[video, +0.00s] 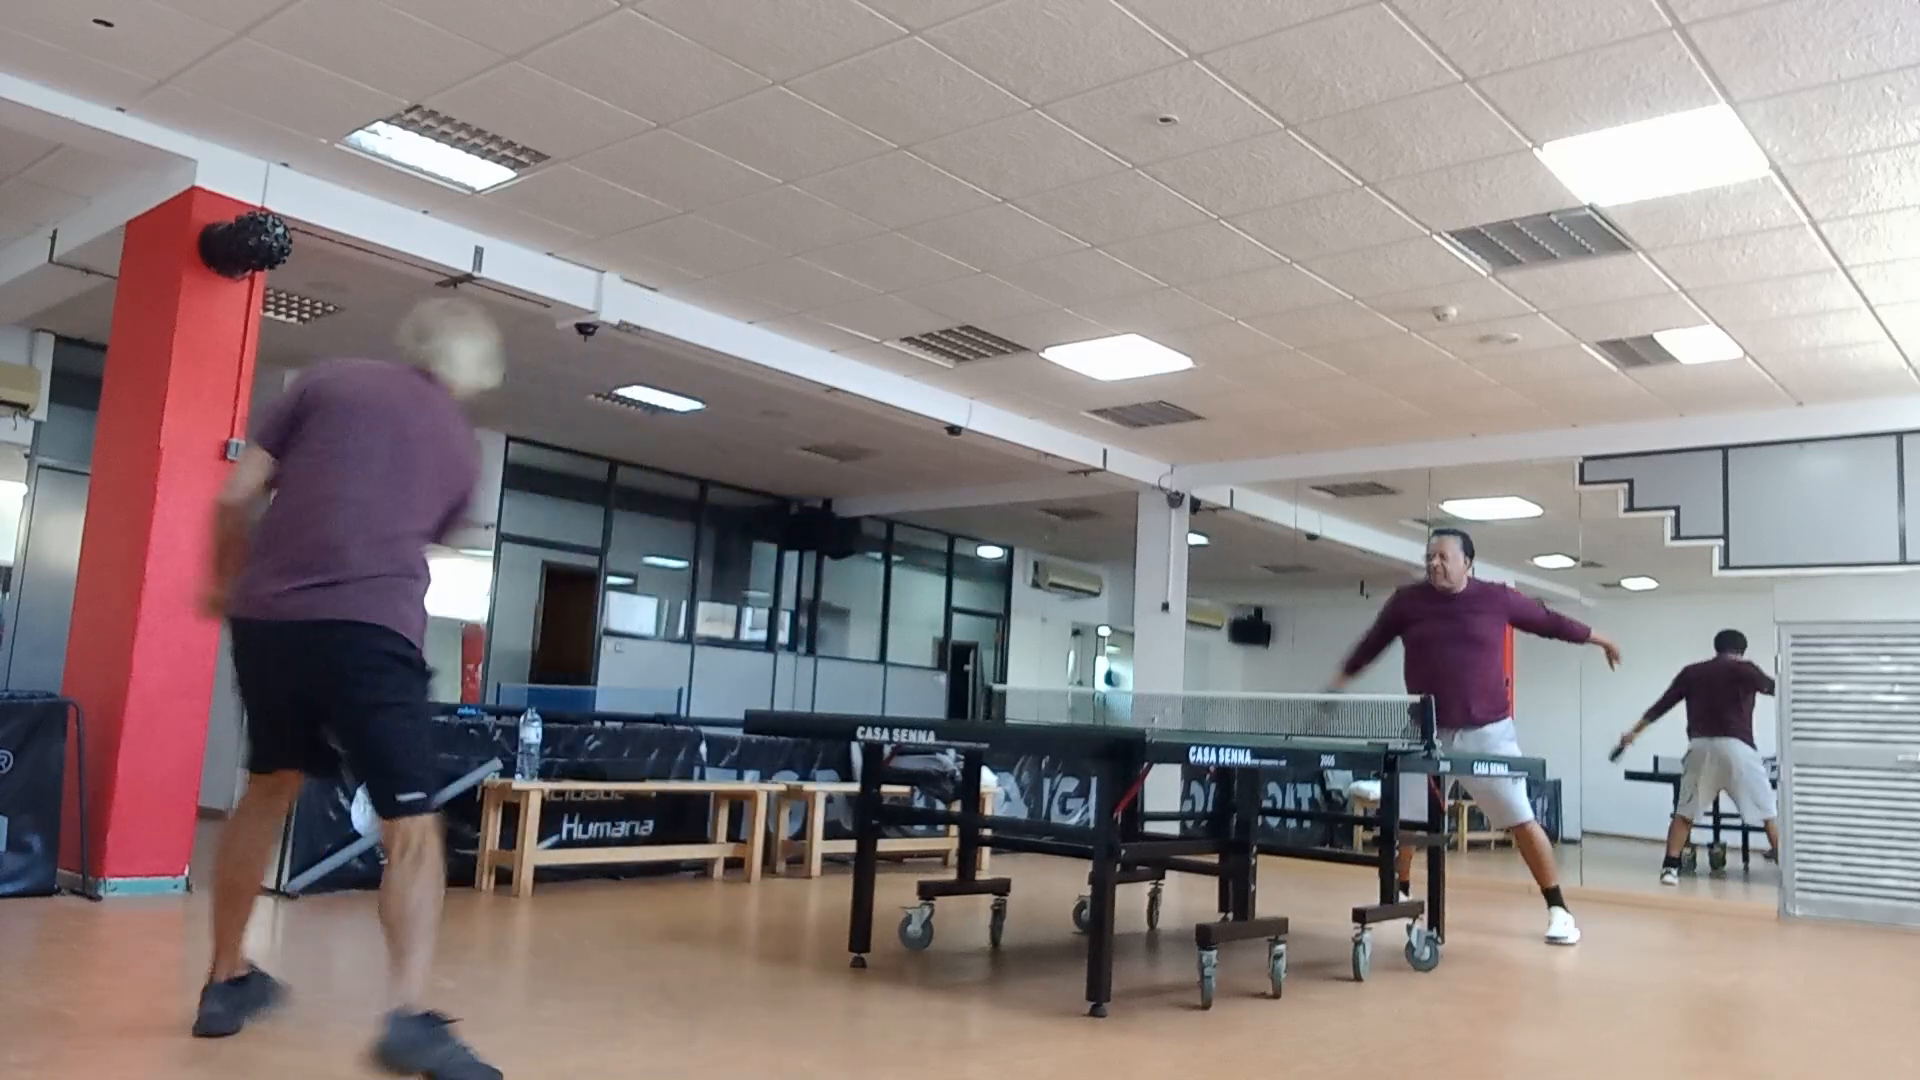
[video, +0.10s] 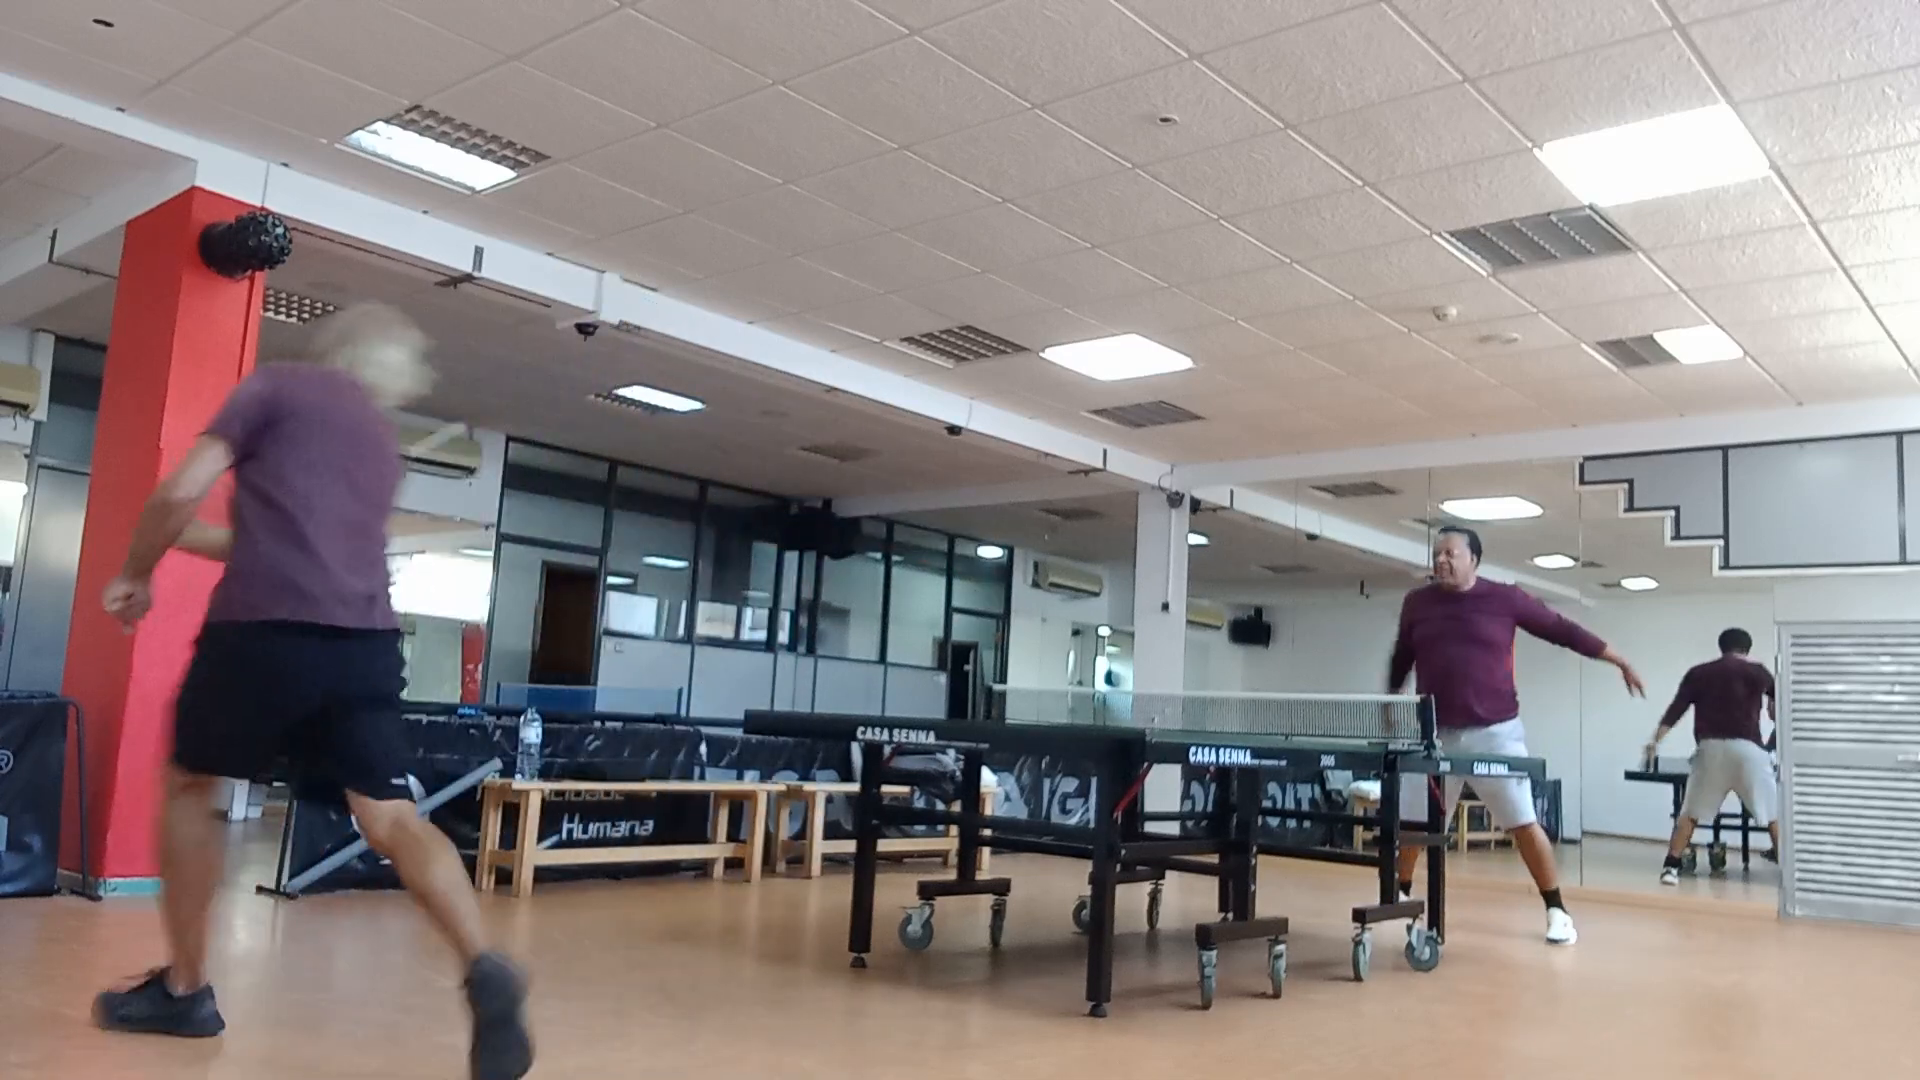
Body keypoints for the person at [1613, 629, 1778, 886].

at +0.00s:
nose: (1743, 657)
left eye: (1741, 655)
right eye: (1743, 654)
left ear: (1716, 649)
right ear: (1741, 652)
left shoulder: (1692, 672)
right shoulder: (1745, 669)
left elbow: (1661, 706)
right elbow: (1776, 689)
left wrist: (1632, 733)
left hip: (1700, 748)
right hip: (1737, 748)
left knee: (1685, 811)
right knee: (1769, 813)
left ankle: (1669, 867)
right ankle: (1788, 868)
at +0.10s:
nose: (1745, 656)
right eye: (1746, 652)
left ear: (1721, 648)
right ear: (1747, 650)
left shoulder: (1699, 673)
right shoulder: (1757, 671)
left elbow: (1676, 710)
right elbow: (1777, 694)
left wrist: (1655, 741)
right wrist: (1773, 707)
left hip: (1710, 750)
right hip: (1749, 750)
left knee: (1690, 813)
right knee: (1773, 813)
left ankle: (1670, 867)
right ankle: (1788, 870)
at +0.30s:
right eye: (1754, 646)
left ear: (1730, 644)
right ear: (1756, 645)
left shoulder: (1713, 668)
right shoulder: (1772, 668)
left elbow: (1697, 710)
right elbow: (1787, 707)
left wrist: (1684, 745)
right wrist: (1790, 744)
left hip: (1729, 746)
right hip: (1767, 746)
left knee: (1710, 808)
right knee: (1781, 807)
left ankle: (1697, 861)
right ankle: (1780, 851)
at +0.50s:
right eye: (1755, 646)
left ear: (1731, 644)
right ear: (1758, 644)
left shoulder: (1719, 668)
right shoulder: (1773, 668)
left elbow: (1705, 706)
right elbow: (1787, 704)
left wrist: (1690, 738)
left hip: (1741, 750)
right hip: (1776, 747)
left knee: (1726, 813)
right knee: (1781, 814)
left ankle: (1729, 873)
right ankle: (1792, 868)